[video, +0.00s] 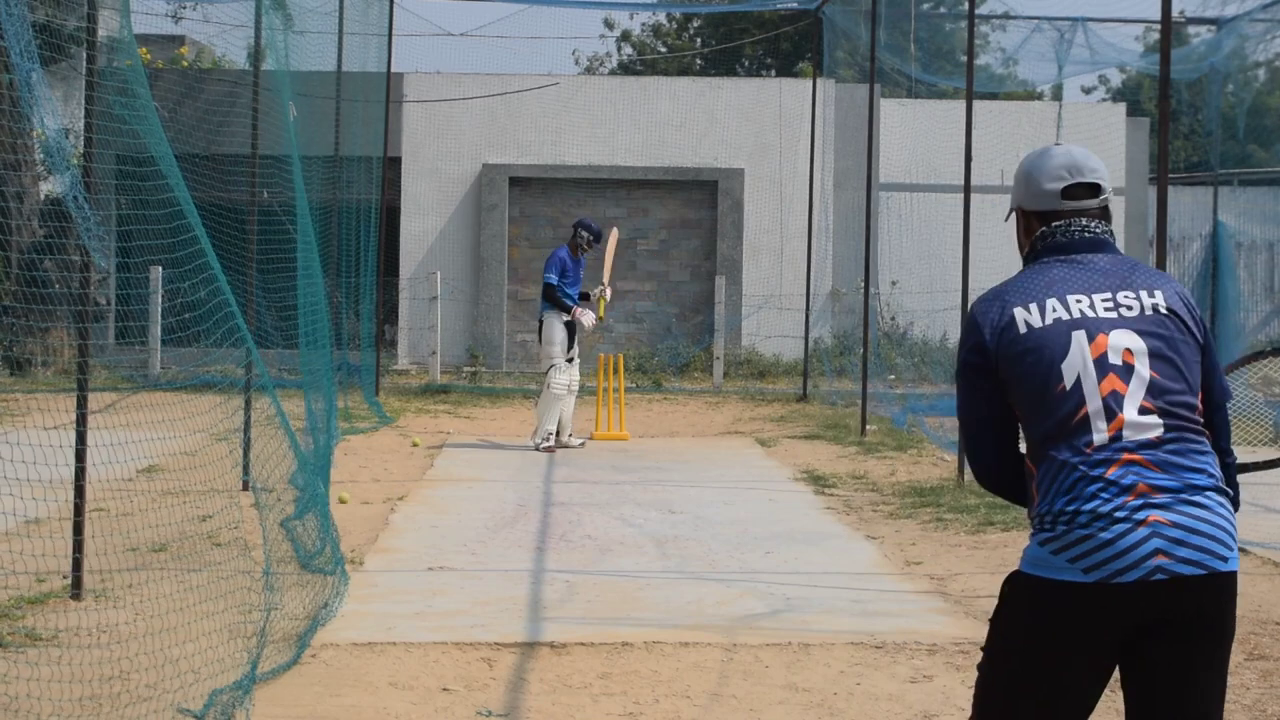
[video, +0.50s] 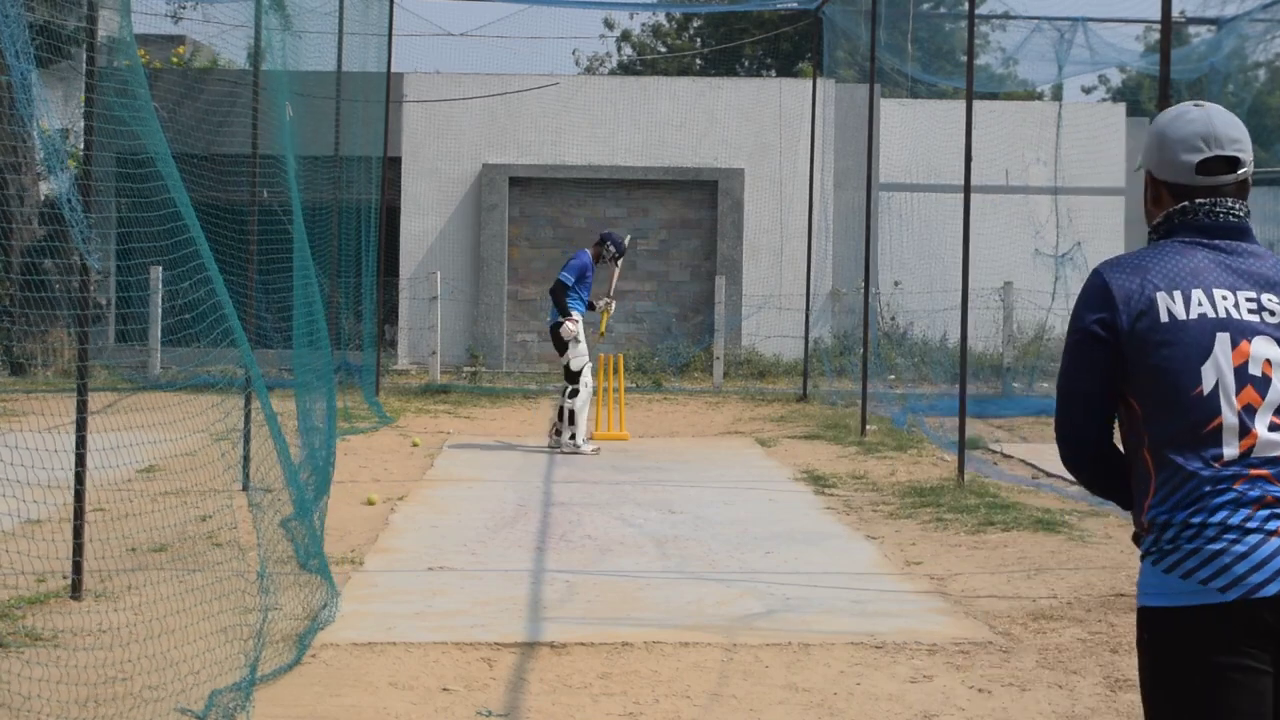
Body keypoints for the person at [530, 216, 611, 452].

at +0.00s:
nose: (589, 248)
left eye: (591, 244)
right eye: (588, 243)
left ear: (587, 241)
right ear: (579, 237)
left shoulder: (579, 260)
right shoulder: (559, 256)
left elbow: (571, 295)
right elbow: (549, 292)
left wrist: (592, 295)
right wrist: (577, 311)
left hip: (569, 320)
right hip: (554, 319)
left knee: (572, 380)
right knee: (558, 380)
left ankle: (563, 435)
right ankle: (542, 435)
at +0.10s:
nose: (596, 250)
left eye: (598, 246)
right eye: (595, 245)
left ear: (589, 242)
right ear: (585, 239)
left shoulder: (579, 261)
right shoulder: (563, 256)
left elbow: (571, 297)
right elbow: (548, 291)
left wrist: (592, 298)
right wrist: (566, 317)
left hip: (571, 321)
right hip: (558, 321)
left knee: (572, 379)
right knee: (565, 380)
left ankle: (563, 435)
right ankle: (543, 434)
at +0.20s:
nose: (597, 253)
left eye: (600, 250)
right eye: (597, 248)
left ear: (595, 246)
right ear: (590, 241)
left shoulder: (580, 261)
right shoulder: (568, 257)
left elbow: (571, 296)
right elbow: (549, 291)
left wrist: (592, 301)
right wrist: (551, 322)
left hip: (570, 319)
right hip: (562, 318)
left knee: (569, 379)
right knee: (578, 374)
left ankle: (564, 435)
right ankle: (547, 427)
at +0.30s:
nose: (600, 255)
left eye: (603, 252)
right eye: (601, 250)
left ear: (598, 246)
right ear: (595, 243)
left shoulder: (583, 262)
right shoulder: (571, 257)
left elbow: (572, 297)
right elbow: (550, 291)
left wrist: (593, 302)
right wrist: (553, 322)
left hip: (571, 318)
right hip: (563, 318)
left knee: (571, 380)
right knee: (584, 375)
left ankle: (559, 429)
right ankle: (557, 431)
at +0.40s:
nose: (606, 259)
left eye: (609, 256)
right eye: (608, 255)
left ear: (601, 246)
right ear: (601, 247)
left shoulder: (586, 263)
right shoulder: (577, 258)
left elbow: (575, 299)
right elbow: (554, 291)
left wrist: (595, 304)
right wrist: (560, 321)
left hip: (571, 318)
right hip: (568, 319)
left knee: (574, 379)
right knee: (583, 378)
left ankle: (558, 430)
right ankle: (569, 437)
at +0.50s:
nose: (610, 262)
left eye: (613, 259)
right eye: (612, 257)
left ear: (604, 247)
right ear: (605, 249)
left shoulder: (588, 263)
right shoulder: (582, 260)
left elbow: (576, 299)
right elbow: (557, 290)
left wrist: (596, 306)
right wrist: (567, 317)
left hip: (572, 324)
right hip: (568, 324)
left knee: (577, 381)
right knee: (581, 382)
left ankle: (561, 434)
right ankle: (573, 440)